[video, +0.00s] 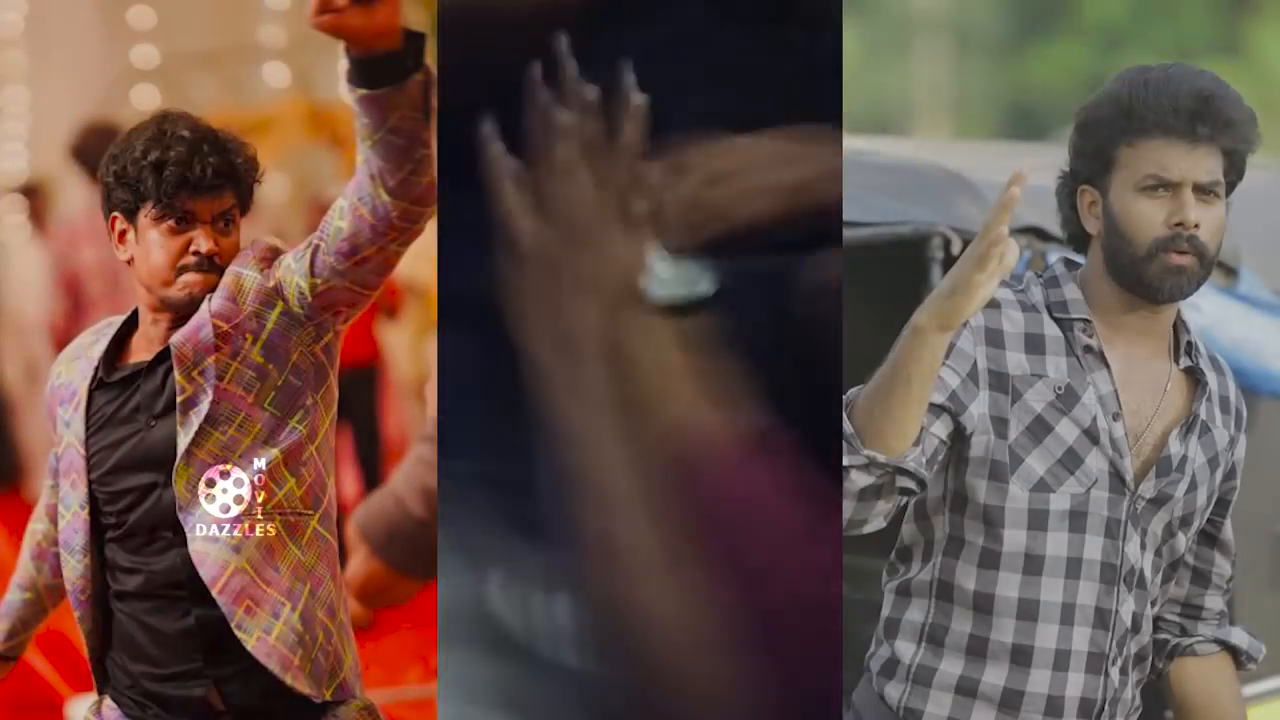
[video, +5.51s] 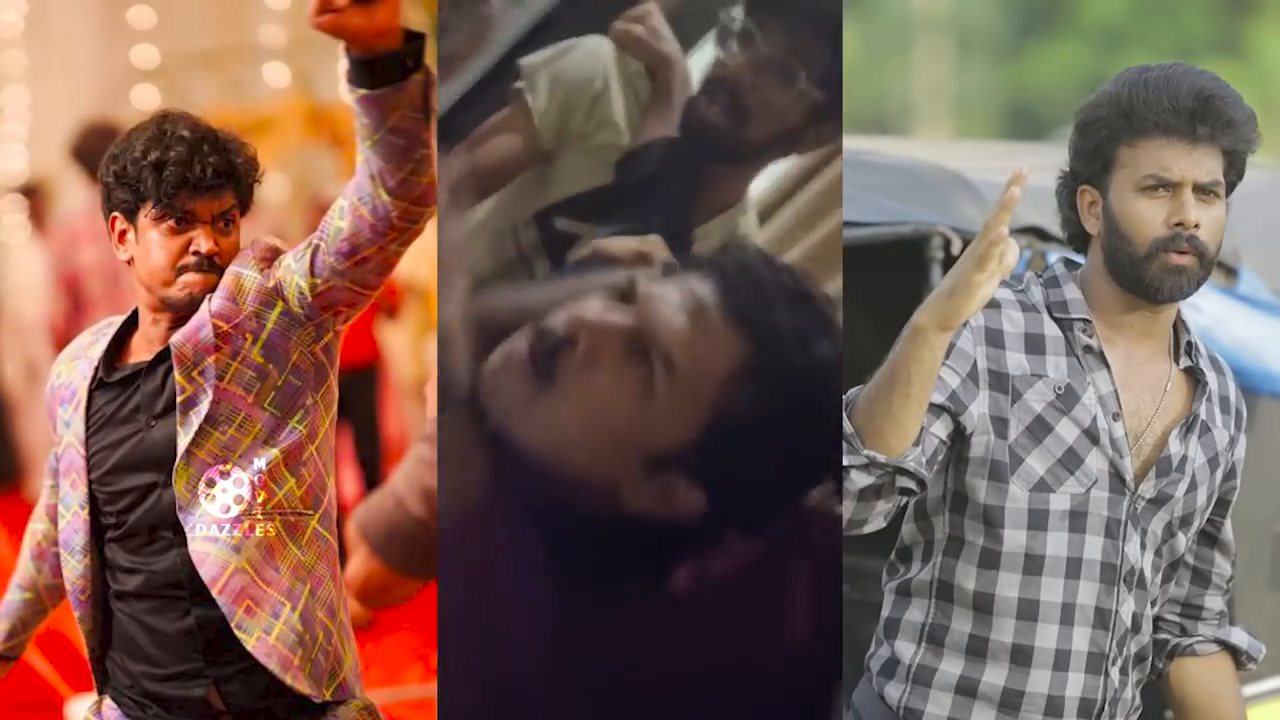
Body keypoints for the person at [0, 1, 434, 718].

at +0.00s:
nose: (206, 245)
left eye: (224, 222)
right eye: (179, 222)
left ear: (242, 230)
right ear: (122, 236)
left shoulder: (286, 313)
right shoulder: (75, 372)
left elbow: (393, 201)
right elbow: (56, 523)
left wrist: (380, 51)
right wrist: (8, 634)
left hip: (290, 700)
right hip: (140, 704)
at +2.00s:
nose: (206, 245)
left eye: (223, 222)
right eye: (179, 222)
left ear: (243, 230)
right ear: (122, 236)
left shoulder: (287, 312)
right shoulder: (76, 373)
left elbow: (394, 199)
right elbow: (56, 524)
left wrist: (380, 52)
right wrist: (7, 634)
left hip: (291, 700)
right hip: (140, 705)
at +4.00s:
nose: (206, 245)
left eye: (224, 223)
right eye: (179, 222)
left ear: (243, 230)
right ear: (123, 237)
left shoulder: (288, 311)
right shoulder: (76, 373)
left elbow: (394, 199)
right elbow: (56, 524)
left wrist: (381, 52)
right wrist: (8, 634)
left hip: (291, 700)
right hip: (140, 705)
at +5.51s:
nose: (206, 245)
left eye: (223, 222)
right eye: (179, 222)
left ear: (243, 229)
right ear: (123, 237)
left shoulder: (286, 312)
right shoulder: (75, 374)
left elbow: (393, 200)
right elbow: (56, 524)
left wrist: (380, 52)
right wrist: (7, 635)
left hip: (292, 702)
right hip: (140, 708)